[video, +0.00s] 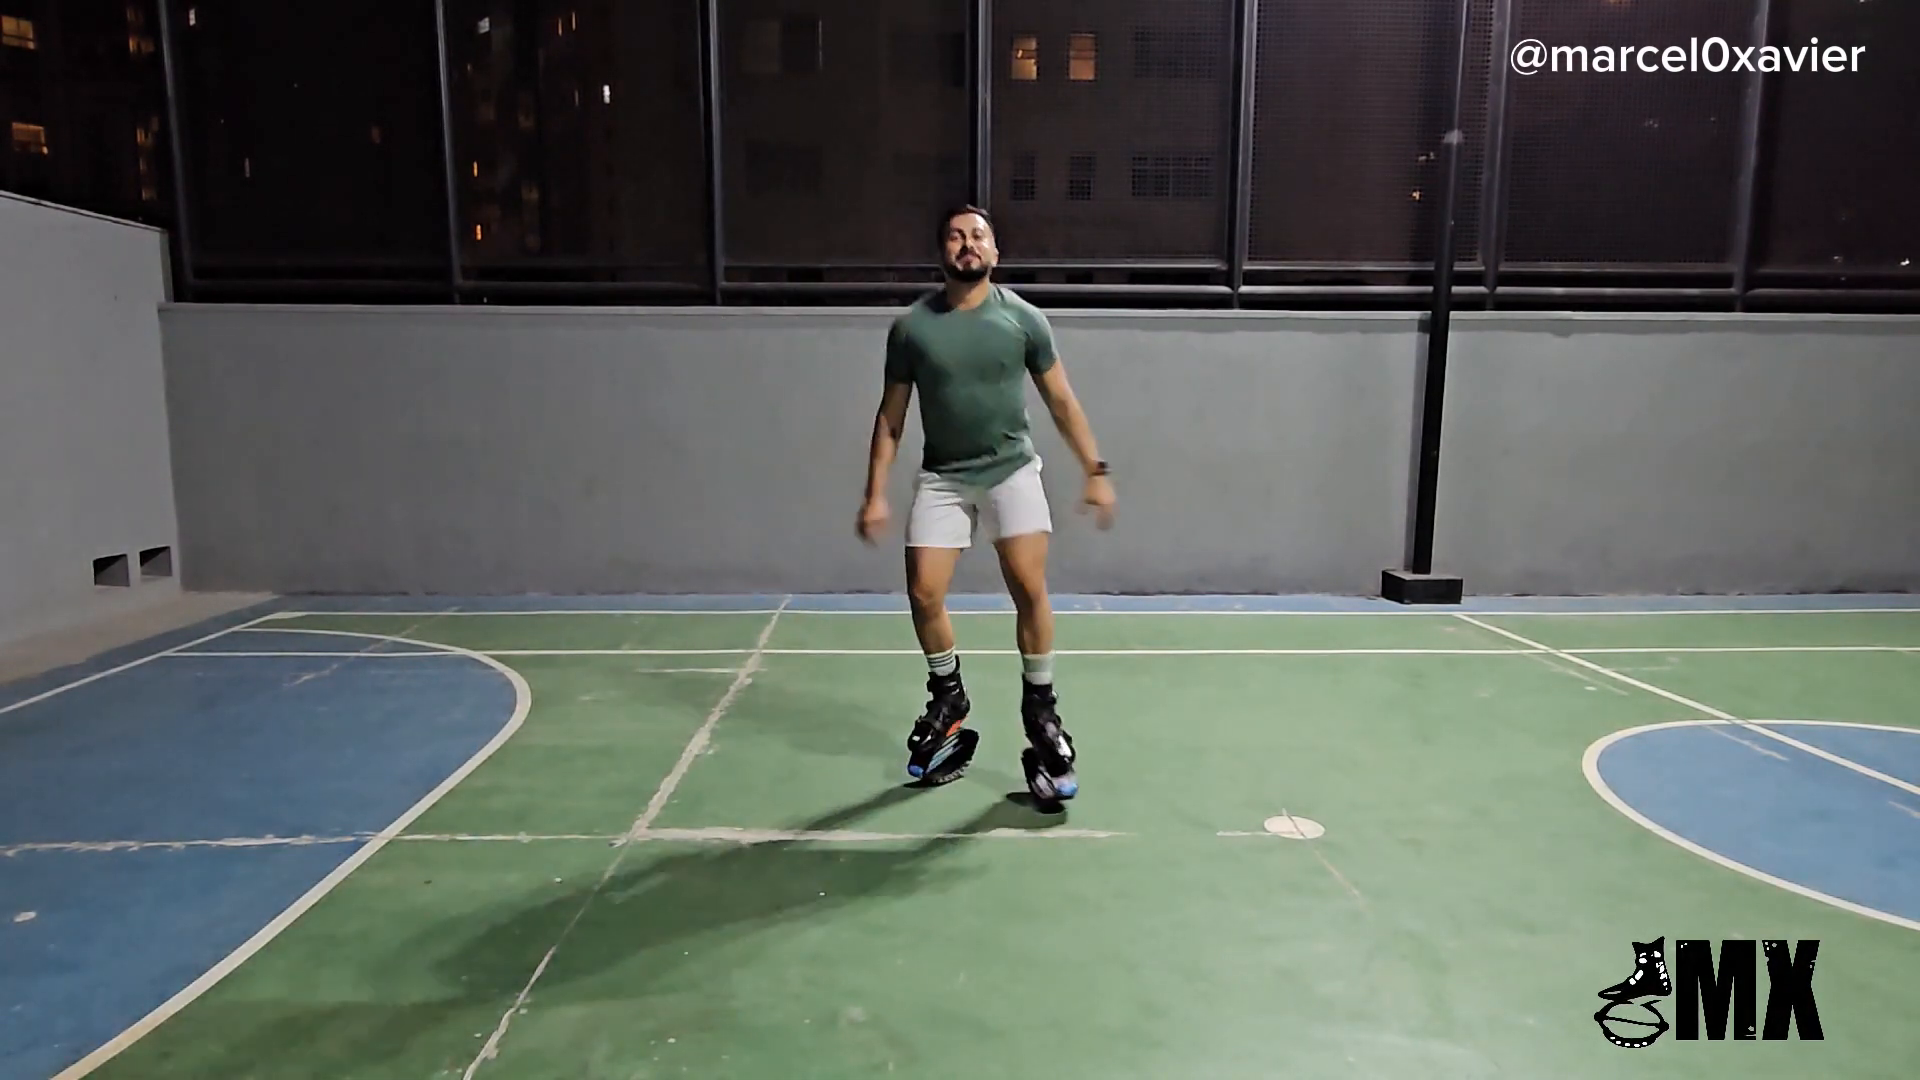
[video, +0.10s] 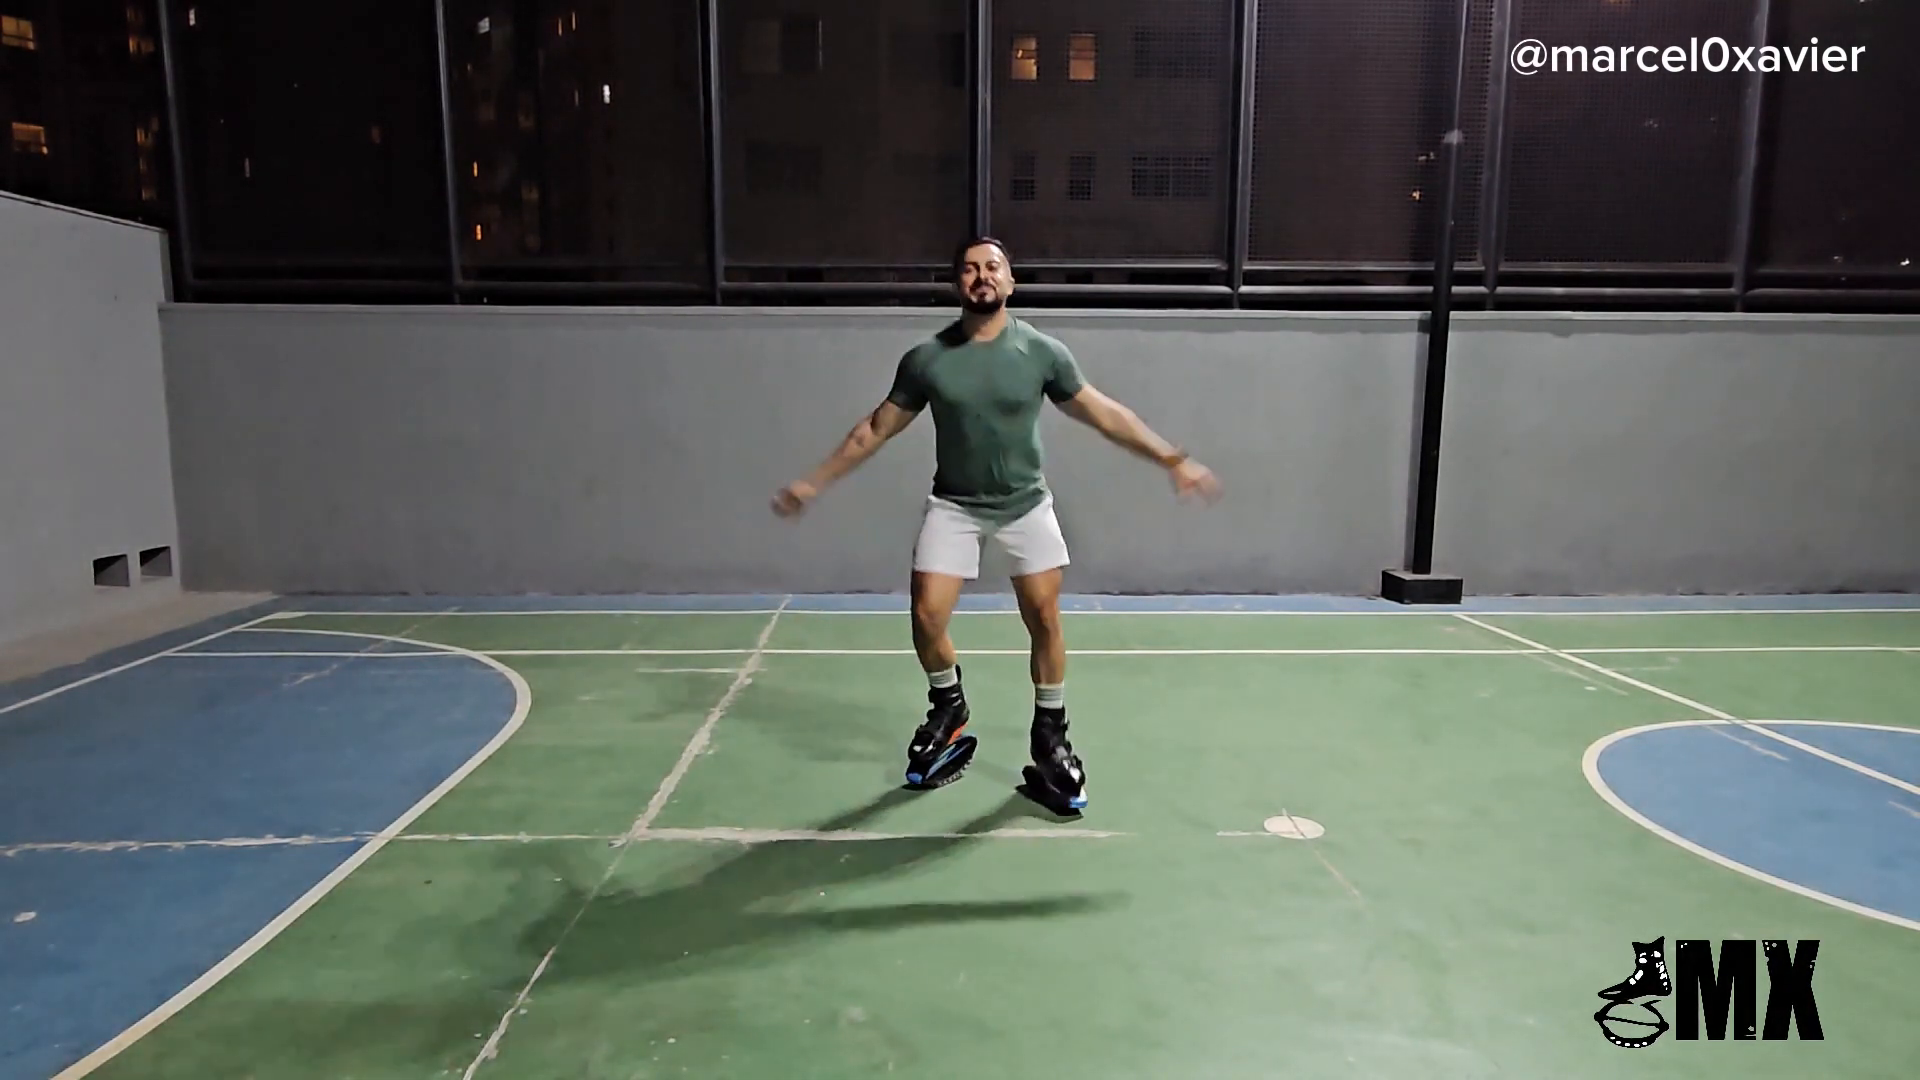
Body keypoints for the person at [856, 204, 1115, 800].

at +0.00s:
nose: (966, 244)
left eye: (976, 236)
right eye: (956, 237)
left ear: (995, 253)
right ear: (941, 255)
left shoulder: (1025, 320)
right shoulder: (911, 329)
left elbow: (1062, 402)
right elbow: (890, 420)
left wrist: (1096, 470)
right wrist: (874, 494)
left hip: (1013, 472)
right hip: (943, 478)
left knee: (1028, 586)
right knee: (923, 594)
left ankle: (1040, 708)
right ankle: (948, 697)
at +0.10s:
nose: (981, 277)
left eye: (992, 268)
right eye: (971, 269)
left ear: (1010, 281)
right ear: (958, 282)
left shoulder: (1042, 352)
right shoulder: (926, 360)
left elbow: (1104, 413)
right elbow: (875, 429)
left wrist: (1172, 459)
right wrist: (812, 482)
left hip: (1025, 506)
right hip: (953, 507)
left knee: (1044, 615)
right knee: (926, 615)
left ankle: (1049, 741)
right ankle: (949, 712)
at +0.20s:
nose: (988, 257)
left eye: (999, 248)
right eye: (978, 250)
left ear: (1017, 262)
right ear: (964, 266)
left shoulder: (1050, 329)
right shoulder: (933, 338)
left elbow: (1123, 379)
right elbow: (873, 391)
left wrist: (1186, 403)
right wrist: (806, 426)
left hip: (1028, 494)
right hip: (959, 494)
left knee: (1037, 606)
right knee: (941, 607)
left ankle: (1049, 734)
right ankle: (951, 713)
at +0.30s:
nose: (993, 222)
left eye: (1002, 212)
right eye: (981, 213)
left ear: (1020, 223)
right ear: (965, 225)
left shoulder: (1051, 289)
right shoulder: (933, 292)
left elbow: (1110, 349)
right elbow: (877, 351)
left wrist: (1136, 391)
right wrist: (859, 403)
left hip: (1025, 452)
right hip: (956, 453)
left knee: (1029, 570)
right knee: (953, 574)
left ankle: (1042, 700)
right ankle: (950, 697)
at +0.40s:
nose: (999, 215)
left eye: (1007, 205)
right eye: (986, 206)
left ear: (1021, 216)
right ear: (968, 219)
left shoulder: (1052, 287)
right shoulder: (933, 289)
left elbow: (1088, 367)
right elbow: (894, 371)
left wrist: (1062, 423)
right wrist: (929, 432)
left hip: (1026, 444)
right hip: (958, 447)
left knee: (1024, 562)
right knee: (959, 564)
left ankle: (1028, 692)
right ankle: (958, 692)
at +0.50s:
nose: (1007, 247)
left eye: (1012, 236)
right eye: (993, 239)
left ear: (1023, 244)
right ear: (970, 252)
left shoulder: (1050, 318)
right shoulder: (937, 320)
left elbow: (1045, 400)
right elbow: (941, 413)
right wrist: (994, 464)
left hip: (1022, 465)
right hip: (957, 465)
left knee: (1016, 585)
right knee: (963, 586)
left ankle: (1020, 718)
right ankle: (965, 719)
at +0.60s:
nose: (1004, 272)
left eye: (1011, 262)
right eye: (991, 263)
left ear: (1022, 270)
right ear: (969, 273)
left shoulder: (1046, 339)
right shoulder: (937, 340)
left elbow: (1032, 400)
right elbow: (937, 418)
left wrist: (957, 358)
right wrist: (1013, 405)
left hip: (1018, 500)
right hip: (955, 499)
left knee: (1014, 608)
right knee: (962, 613)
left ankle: (1017, 736)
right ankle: (965, 739)